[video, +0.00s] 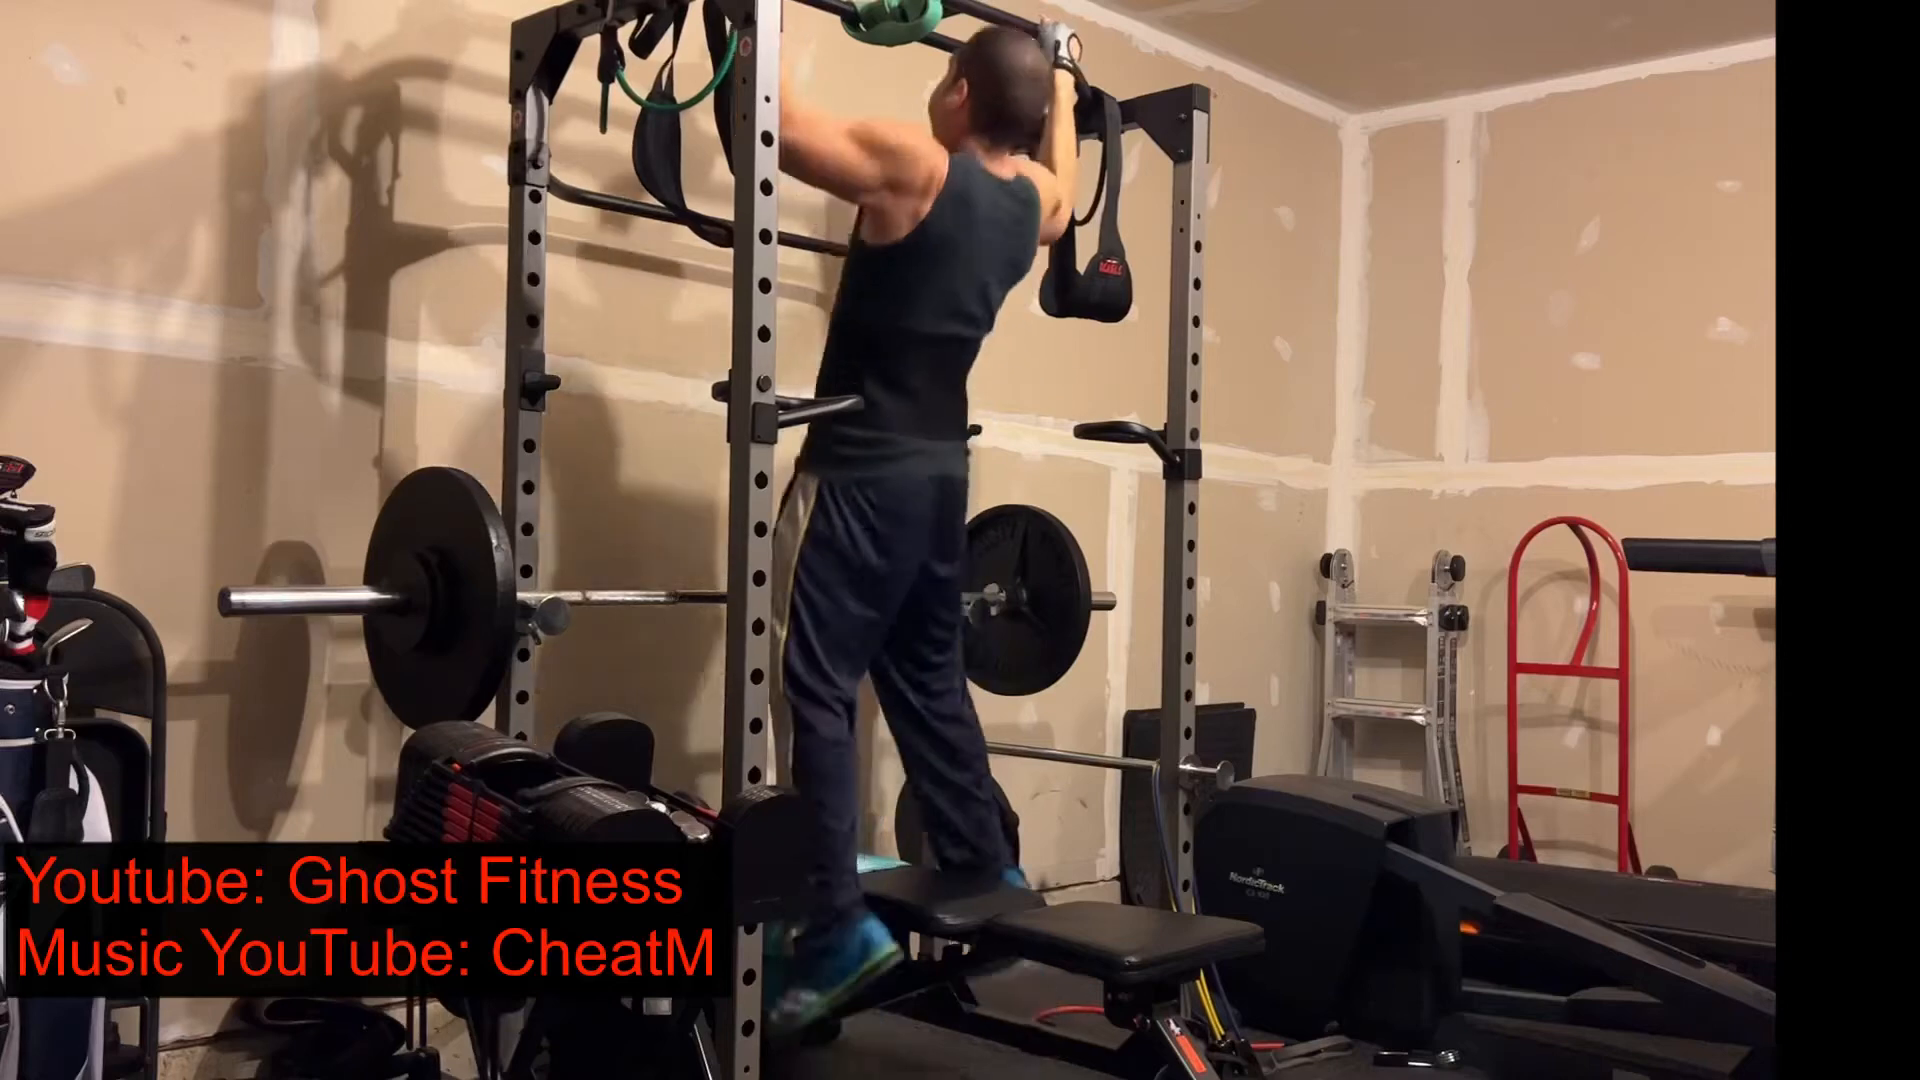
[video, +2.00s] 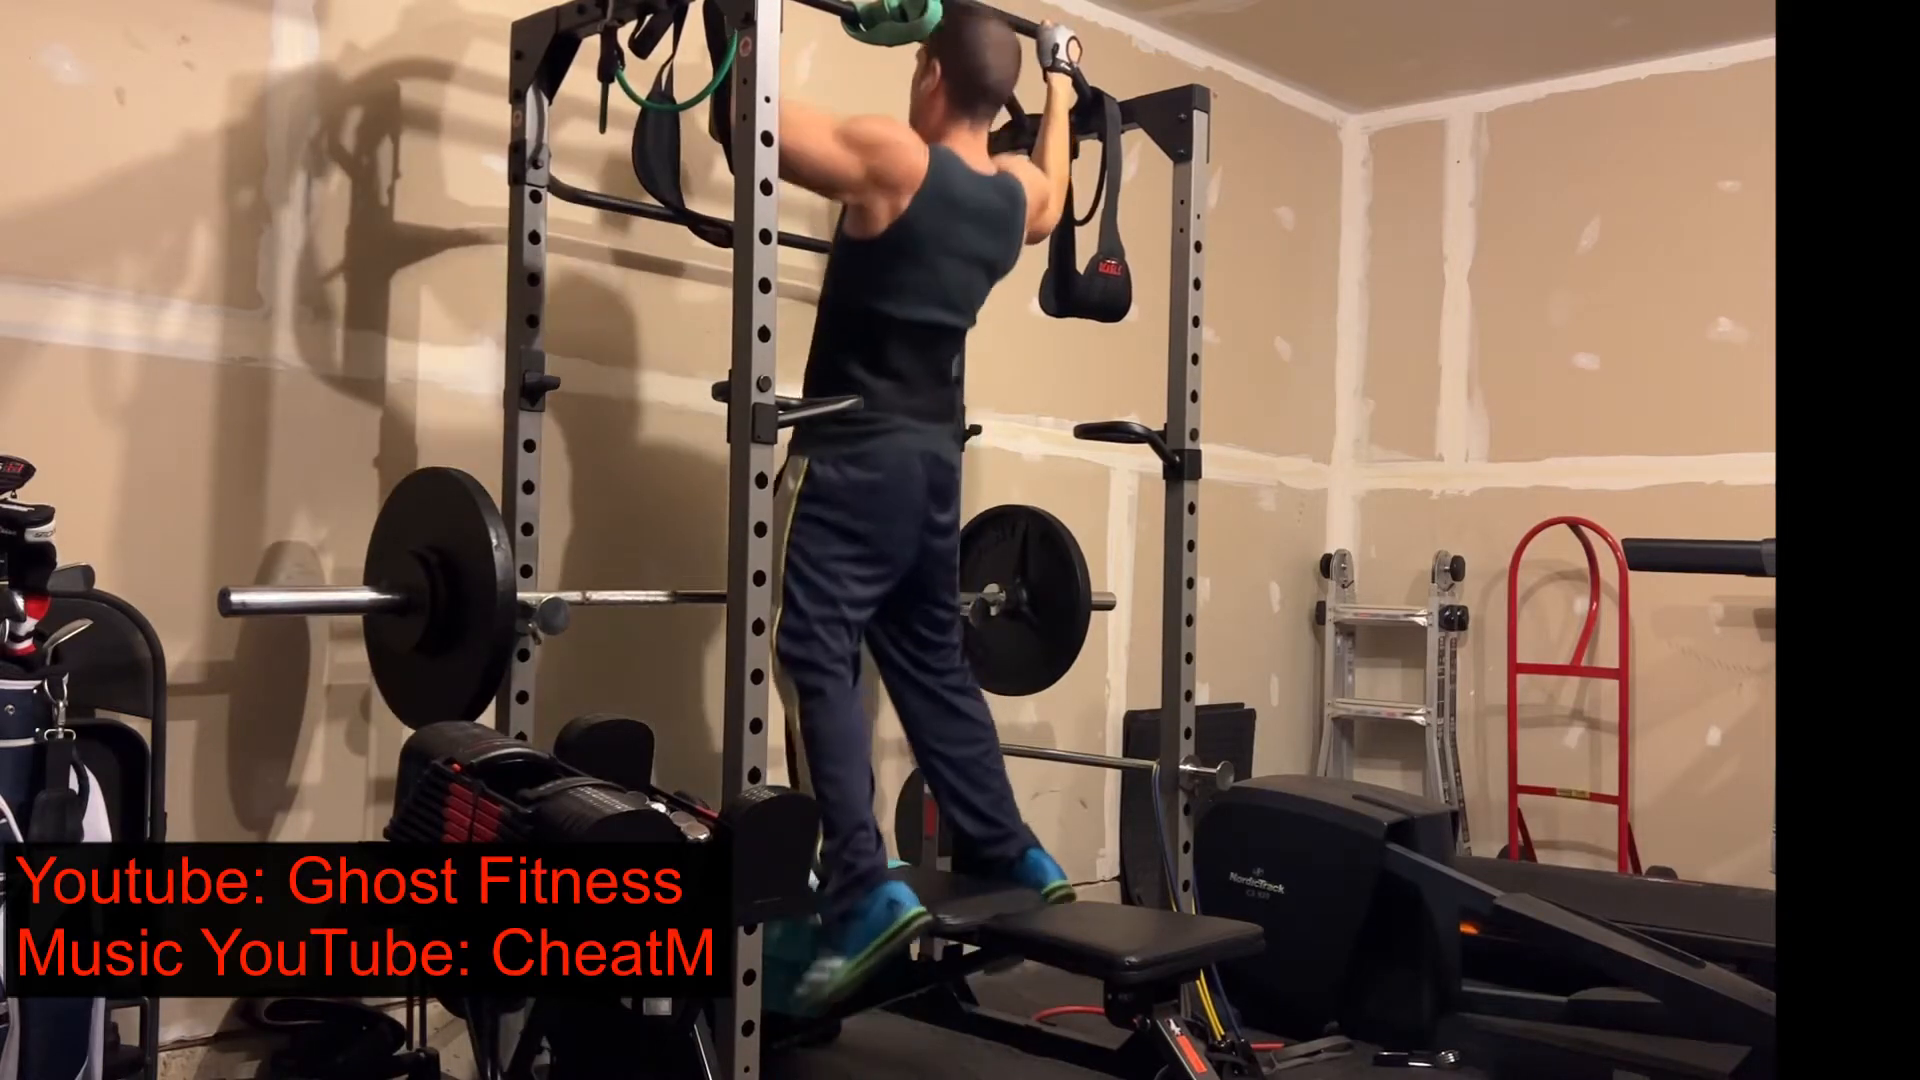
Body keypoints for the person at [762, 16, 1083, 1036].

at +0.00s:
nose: (937, 84)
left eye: (949, 76)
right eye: (948, 72)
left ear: (963, 101)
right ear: (1028, 116)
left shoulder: (911, 159)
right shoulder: (1029, 200)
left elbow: (771, 123)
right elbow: (1060, 188)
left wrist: (755, 24)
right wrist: (1057, 98)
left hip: (865, 471)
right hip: (939, 473)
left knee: (820, 686)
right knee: (928, 681)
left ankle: (839, 918)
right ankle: (983, 877)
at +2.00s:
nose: (912, 70)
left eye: (919, 57)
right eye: (924, 58)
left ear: (932, 76)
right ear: (1001, 100)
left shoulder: (891, 154)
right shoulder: (1012, 196)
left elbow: (760, 125)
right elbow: (1053, 189)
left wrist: (739, 34)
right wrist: (1060, 93)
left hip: (858, 451)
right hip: (932, 453)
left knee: (820, 658)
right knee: (930, 657)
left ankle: (863, 887)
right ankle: (1006, 853)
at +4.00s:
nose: (905, 161)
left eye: (914, 150)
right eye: (917, 151)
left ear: (929, 162)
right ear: (1001, 185)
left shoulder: (892, 236)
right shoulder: (1011, 267)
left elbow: (782, 135)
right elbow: (1044, 186)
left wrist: (764, 26)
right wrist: (1057, 103)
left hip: (856, 536)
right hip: (932, 537)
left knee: (814, 755)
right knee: (927, 747)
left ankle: (859, 983)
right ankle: (1016, 955)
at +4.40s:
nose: (940, 24)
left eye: (947, 12)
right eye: (947, 12)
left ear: (966, 17)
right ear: (1038, 35)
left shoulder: (927, 92)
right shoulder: (1051, 136)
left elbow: (779, 109)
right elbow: (1071, 204)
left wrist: (757, 15)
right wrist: (1055, 94)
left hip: (863, 408)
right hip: (945, 417)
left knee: (782, 597)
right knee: (910, 608)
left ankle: (784, 823)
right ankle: (963, 808)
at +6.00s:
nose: (917, 10)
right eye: (921, 0)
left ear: (951, 7)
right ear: (1013, 20)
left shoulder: (910, 73)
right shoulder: (1035, 116)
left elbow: (769, 114)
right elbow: (1056, 202)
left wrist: (751, 22)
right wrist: (1057, 88)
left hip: (871, 383)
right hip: (952, 392)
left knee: (806, 585)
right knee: (935, 597)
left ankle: (839, 813)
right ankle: (1002, 798)